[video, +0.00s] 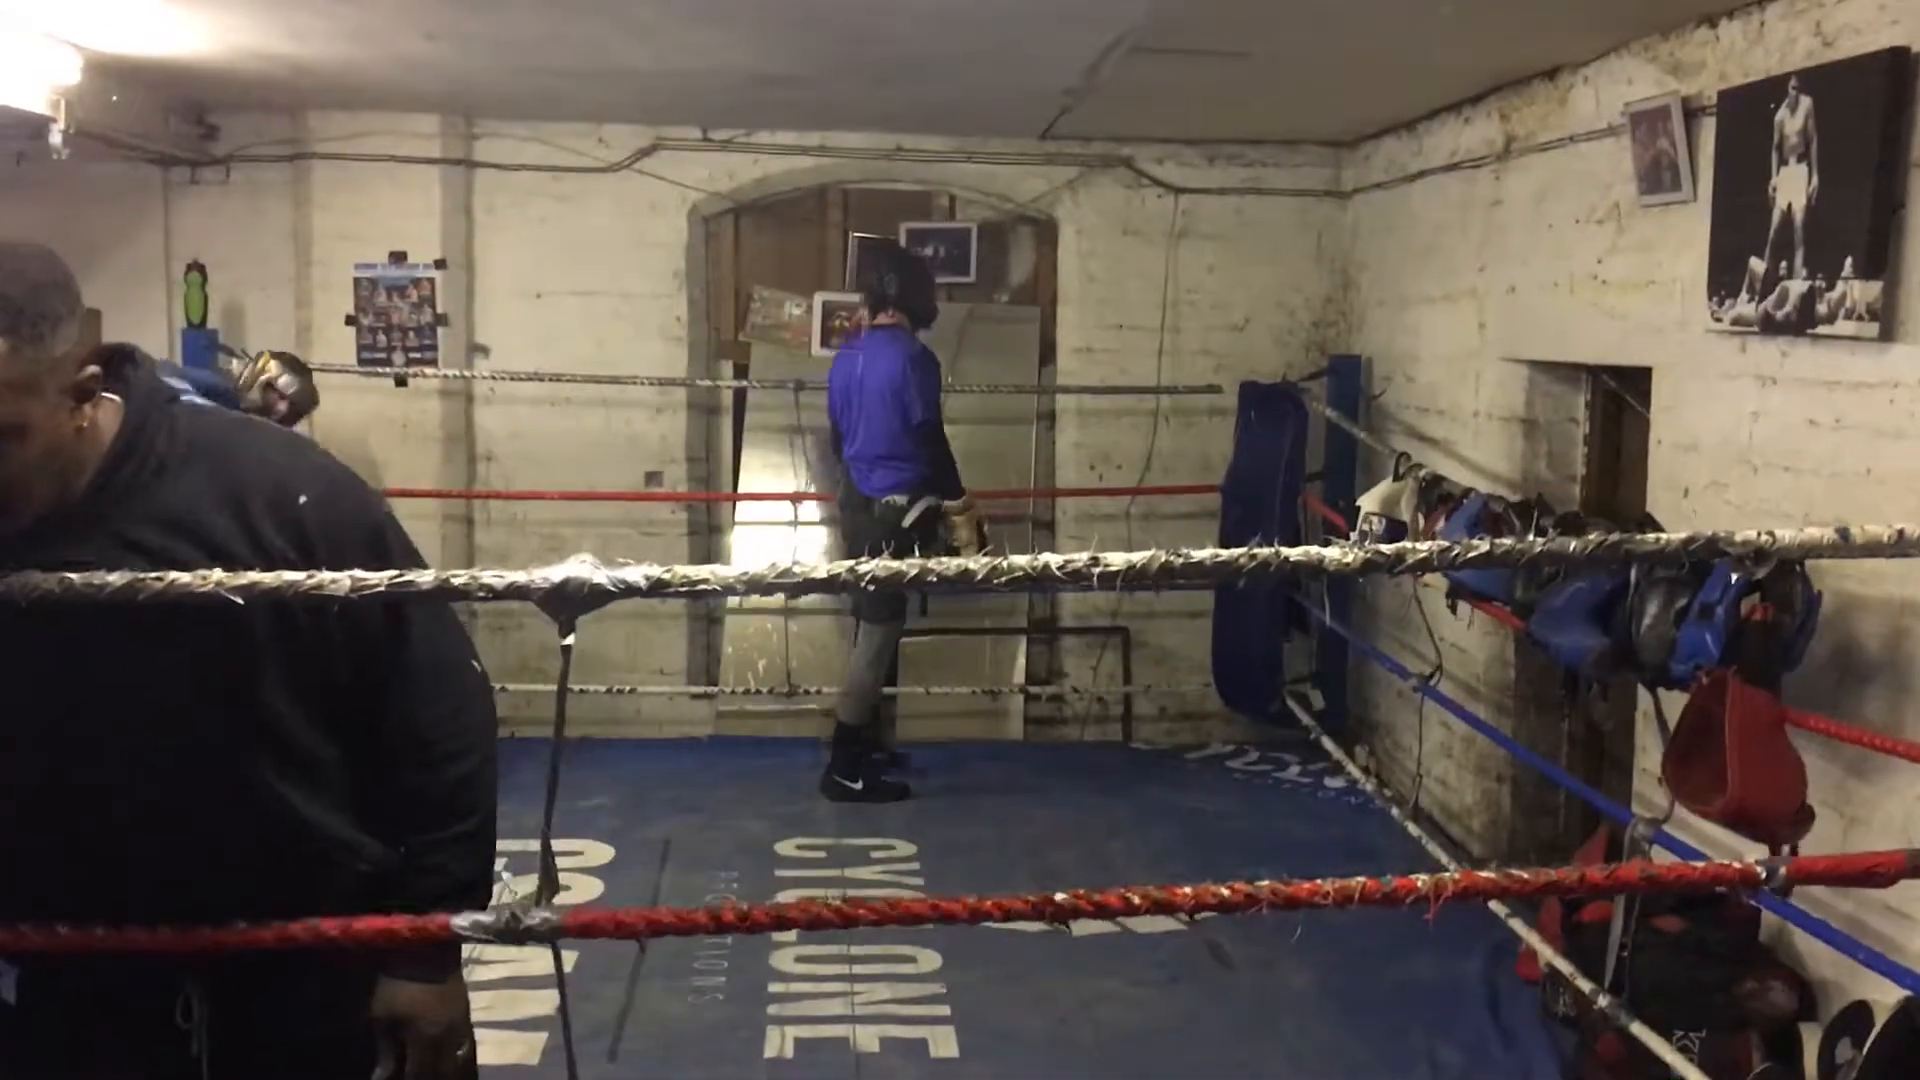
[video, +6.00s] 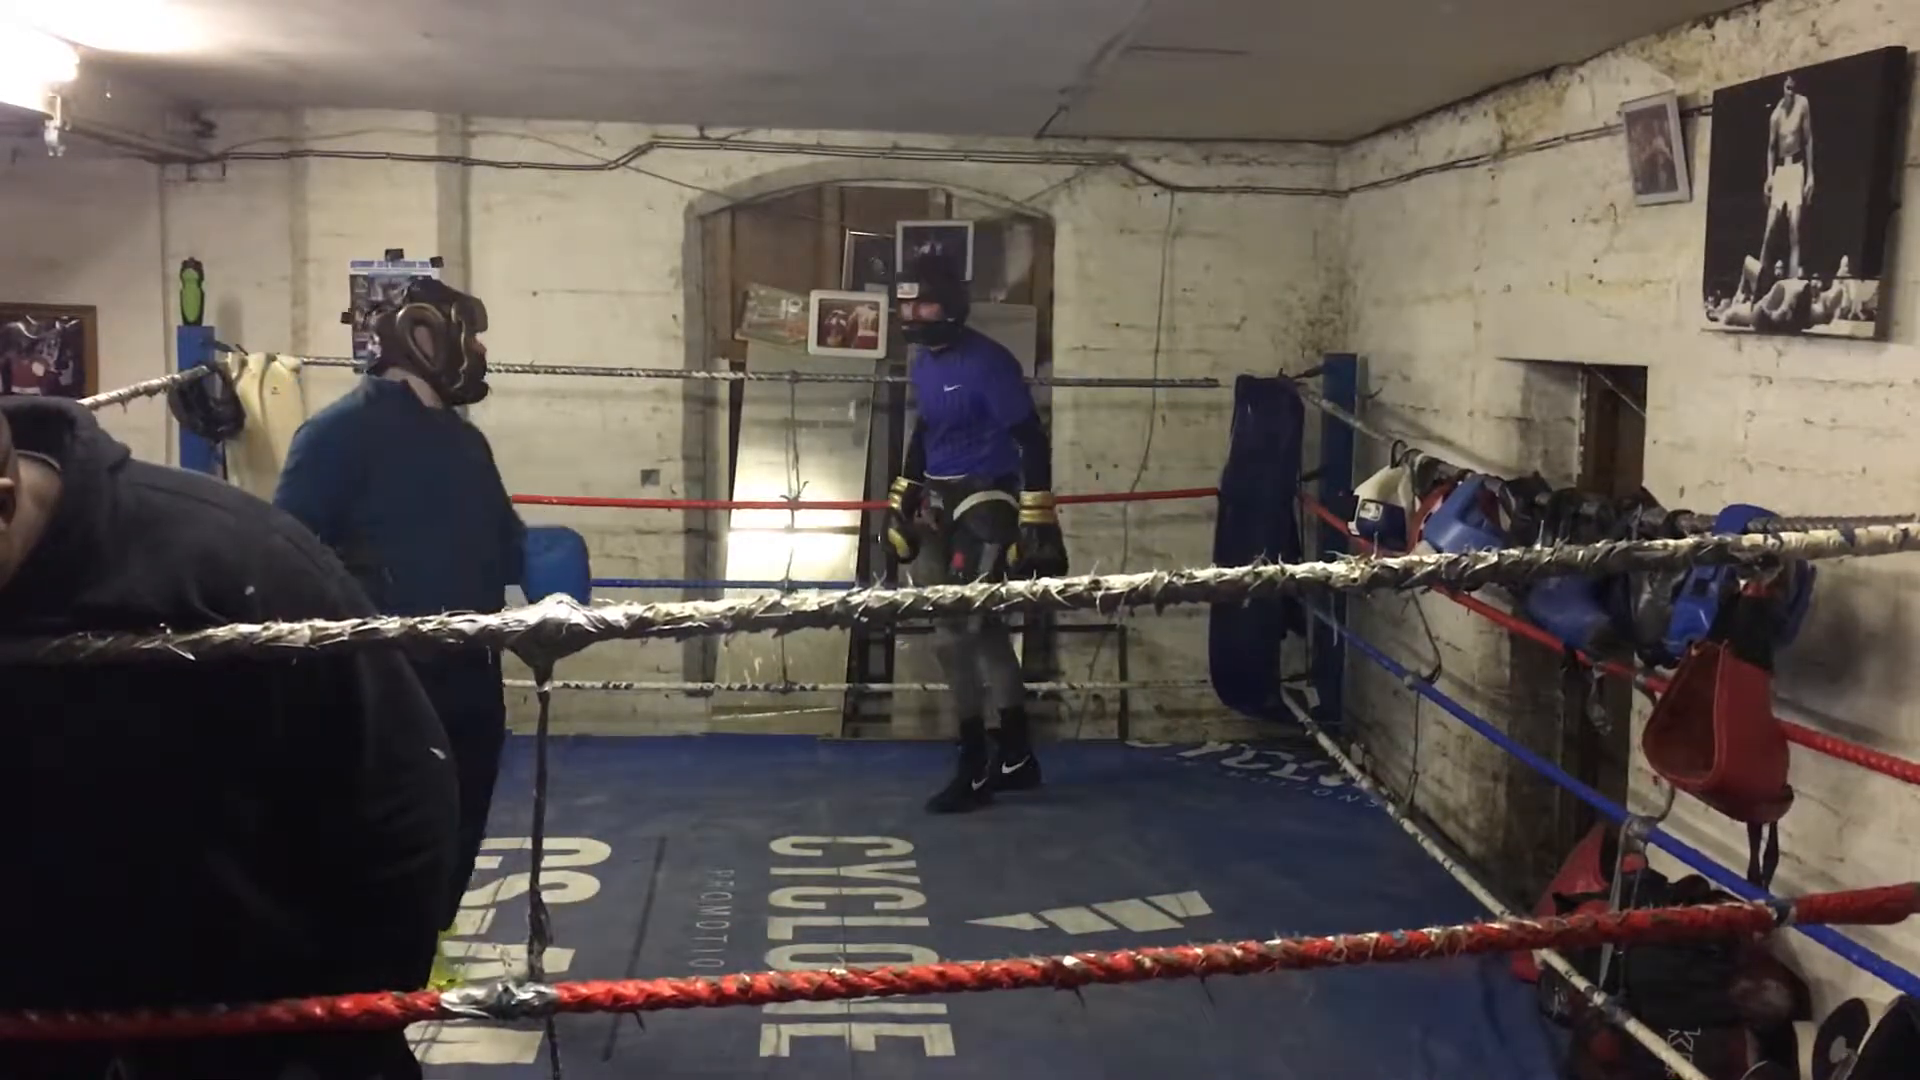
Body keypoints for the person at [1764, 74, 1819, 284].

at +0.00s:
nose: (1793, 93)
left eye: (1797, 89)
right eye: (1792, 88)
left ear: (1801, 90)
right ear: (1787, 89)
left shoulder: (1806, 104)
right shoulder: (1780, 114)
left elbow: (1813, 138)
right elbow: (1775, 146)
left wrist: (1815, 175)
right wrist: (1774, 176)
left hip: (1801, 166)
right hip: (1784, 167)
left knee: (1799, 222)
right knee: (1775, 224)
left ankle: (1798, 272)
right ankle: (1766, 272)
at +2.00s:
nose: (1789, 92)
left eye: (1792, 89)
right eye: (1787, 88)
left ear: (1796, 89)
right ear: (1783, 89)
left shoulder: (1802, 105)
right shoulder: (1775, 112)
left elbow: (1808, 139)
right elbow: (1770, 146)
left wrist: (1810, 175)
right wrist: (1768, 176)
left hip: (1796, 165)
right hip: (1779, 166)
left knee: (1794, 218)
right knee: (1772, 217)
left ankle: (1794, 264)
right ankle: (1762, 260)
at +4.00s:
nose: (1789, 93)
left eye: (1792, 89)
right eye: (1787, 88)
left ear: (1797, 90)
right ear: (1783, 88)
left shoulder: (1802, 104)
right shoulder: (1775, 114)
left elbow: (1808, 139)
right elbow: (1771, 146)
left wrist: (1810, 175)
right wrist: (1769, 175)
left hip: (1797, 163)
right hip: (1779, 165)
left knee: (1794, 220)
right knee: (1771, 220)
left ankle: (1793, 269)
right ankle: (1762, 267)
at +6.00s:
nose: (1789, 92)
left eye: (1792, 89)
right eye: (1787, 89)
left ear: (1796, 90)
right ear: (1783, 89)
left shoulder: (1802, 104)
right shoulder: (1776, 115)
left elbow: (1808, 139)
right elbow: (1771, 146)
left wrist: (1810, 174)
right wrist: (1769, 175)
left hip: (1797, 164)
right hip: (1780, 165)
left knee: (1794, 221)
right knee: (1771, 221)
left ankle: (1795, 268)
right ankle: (1762, 269)